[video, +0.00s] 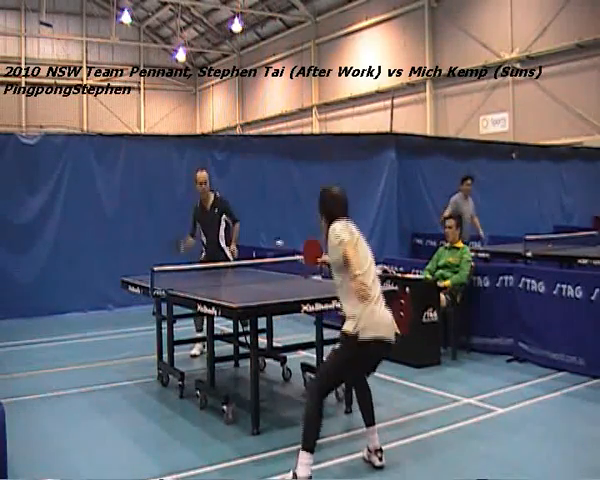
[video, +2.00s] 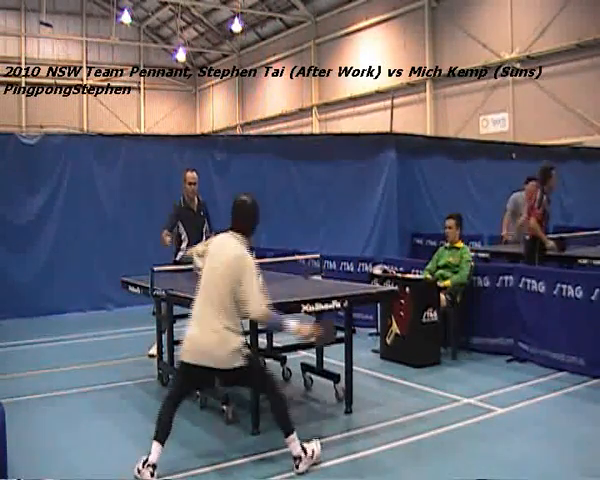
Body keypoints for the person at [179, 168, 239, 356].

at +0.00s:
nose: (202, 187)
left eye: (204, 183)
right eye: (199, 184)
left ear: (209, 184)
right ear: (195, 185)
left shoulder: (221, 203)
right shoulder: (198, 208)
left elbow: (235, 222)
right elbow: (194, 234)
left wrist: (233, 243)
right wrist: (186, 244)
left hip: (224, 257)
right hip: (207, 257)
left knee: (233, 295)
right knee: (199, 297)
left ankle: (249, 334)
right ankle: (199, 339)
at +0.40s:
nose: (213, 196)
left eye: (215, 192)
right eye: (210, 192)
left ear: (218, 191)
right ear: (203, 192)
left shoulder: (220, 202)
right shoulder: (197, 211)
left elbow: (231, 217)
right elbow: (191, 241)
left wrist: (240, 234)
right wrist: (213, 245)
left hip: (222, 253)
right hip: (205, 255)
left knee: (223, 290)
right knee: (201, 296)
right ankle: (200, 338)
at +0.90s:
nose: (217, 187)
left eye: (219, 184)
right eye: (214, 183)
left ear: (222, 185)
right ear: (207, 183)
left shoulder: (223, 203)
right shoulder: (201, 203)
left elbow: (226, 228)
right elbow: (187, 222)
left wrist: (227, 248)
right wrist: (186, 241)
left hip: (219, 257)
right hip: (200, 258)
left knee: (227, 294)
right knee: (188, 296)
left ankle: (232, 330)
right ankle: (175, 331)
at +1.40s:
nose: (190, 193)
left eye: (193, 190)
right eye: (188, 190)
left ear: (197, 190)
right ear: (183, 191)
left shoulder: (204, 208)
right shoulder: (179, 212)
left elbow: (212, 231)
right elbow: (172, 240)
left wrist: (214, 250)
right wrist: (178, 257)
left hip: (204, 263)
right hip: (184, 263)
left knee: (215, 302)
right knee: (169, 303)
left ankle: (225, 341)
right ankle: (159, 342)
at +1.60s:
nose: (190, 192)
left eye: (192, 188)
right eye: (187, 188)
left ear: (194, 189)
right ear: (180, 189)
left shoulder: (196, 206)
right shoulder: (175, 208)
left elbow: (199, 231)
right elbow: (175, 234)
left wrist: (203, 247)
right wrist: (191, 235)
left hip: (197, 260)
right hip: (179, 260)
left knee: (214, 300)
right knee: (169, 303)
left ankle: (226, 340)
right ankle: (159, 342)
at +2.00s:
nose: (193, 187)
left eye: (195, 184)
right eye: (189, 184)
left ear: (198, 185)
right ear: (183, 186)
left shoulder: (202, 205)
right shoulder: (179, 208)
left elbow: (208, 228)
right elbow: (169, 228)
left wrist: (212, 242)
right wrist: (166, 236)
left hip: (204, 257)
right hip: (183, 260)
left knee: (206, 302)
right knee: (170, 304)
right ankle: (159, 343)